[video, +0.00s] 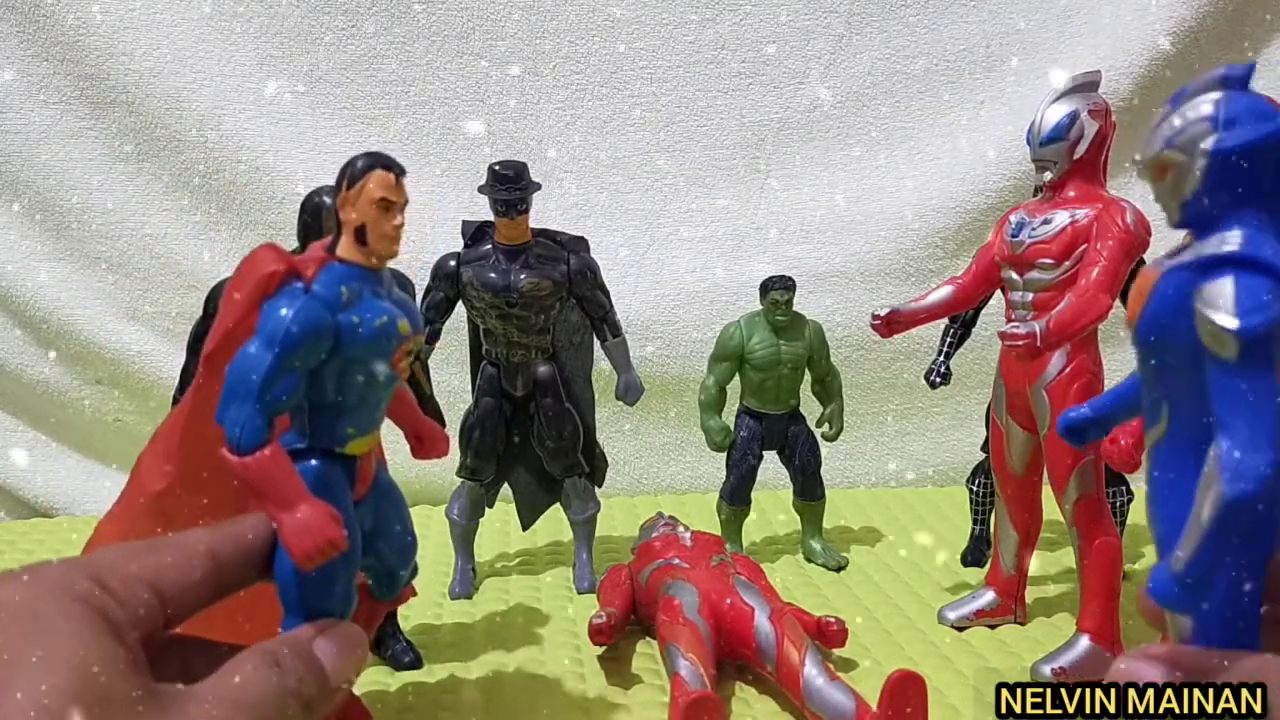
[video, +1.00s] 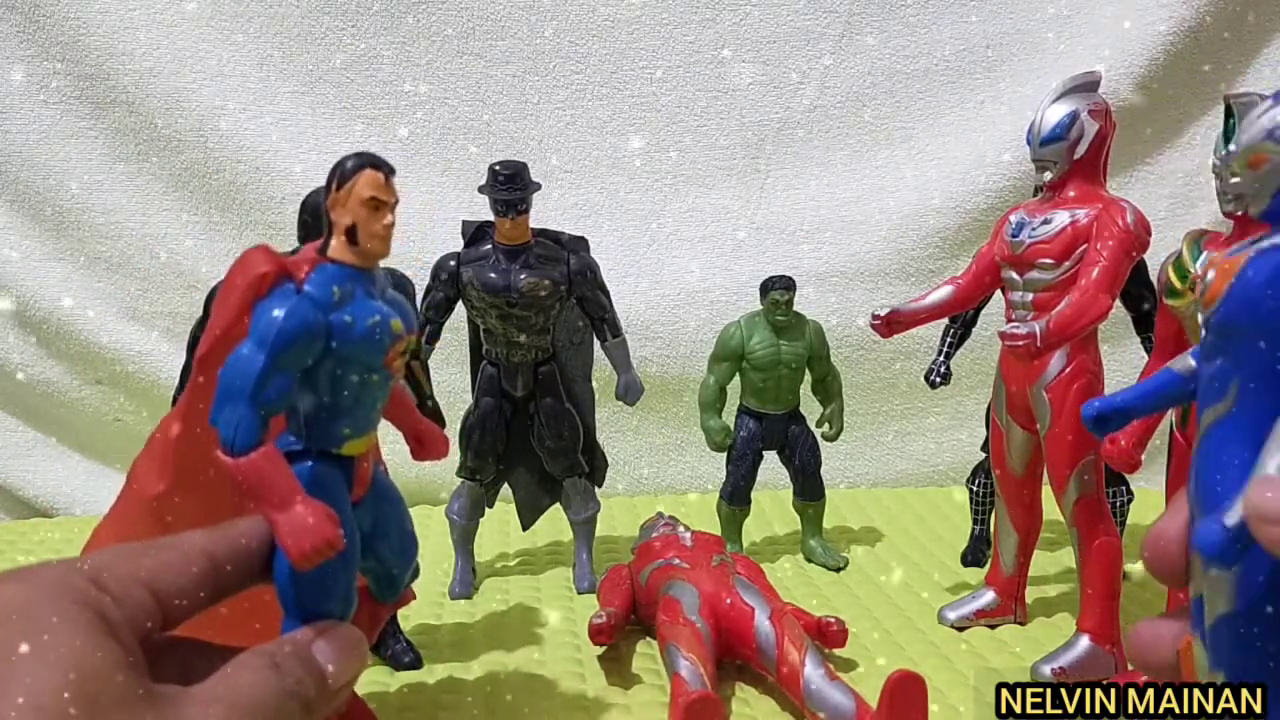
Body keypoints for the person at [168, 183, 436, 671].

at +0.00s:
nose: (400, 221)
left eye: (403, 209)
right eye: (387, 206)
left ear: (404, 212)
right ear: (348, 209)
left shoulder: (397, 290)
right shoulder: (307, 308)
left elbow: (376, 371)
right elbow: (240, 416)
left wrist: (416, 424)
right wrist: (293, 507)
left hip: (367, 462)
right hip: (315, 470)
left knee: (395, 562)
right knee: (320, 624)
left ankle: (373, 628)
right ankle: (309, 701)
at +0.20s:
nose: (394, 220)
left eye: (397, 208)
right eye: (381, 205)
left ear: (401, 212)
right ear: (340, 207)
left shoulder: (391, 291)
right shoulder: (304, 308)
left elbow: (375, 373)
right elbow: (239, 419)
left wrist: (416, 425)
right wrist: (292, 508)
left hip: (366, 461)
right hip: (313, 468)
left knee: (395, 562)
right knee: (322, 620)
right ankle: (309, 701)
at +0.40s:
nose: (396, 221)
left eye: (399, 209)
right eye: (383, 206)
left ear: (403, 214)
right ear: (343, 210)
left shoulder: (397, 291)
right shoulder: (306, 310)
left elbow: (377, 372)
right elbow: (241, 422)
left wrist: (419, 424)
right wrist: (293, 509)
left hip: (368, 462)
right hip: (315, 469)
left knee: (397, 561)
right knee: (324, 616)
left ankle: (375, 626)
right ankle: (310, 700)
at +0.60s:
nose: (394, 220)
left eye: (397, 208)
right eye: (381, 205)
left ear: (401, 215)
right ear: (341, 210)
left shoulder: (395, 290)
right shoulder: (305, 309)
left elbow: (376, 372)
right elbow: (238, 417)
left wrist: (419, 425)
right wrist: (292, 508)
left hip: (367, 464)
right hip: (314, 471)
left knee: (397, 562)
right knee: (322, 624)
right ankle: (306, 704)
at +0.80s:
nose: (394, 220)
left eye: (398, 208)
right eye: (381, 205)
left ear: (402, 216)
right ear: (340, 210)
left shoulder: (395, 291)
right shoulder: (304, 309)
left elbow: (378, 372)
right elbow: (239, 419)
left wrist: (418, 425)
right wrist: (291, 508)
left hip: (367, 465)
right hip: (315, 472)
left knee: (398, 562)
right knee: (323, 618)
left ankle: (374, 626)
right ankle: (312, 701)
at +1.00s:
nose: (390, 219)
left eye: (392, 207)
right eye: (376, 206)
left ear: (397, 213)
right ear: (336, 210)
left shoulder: (390, 291)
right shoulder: (301, 308)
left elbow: (375, 373)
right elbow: (235, 416)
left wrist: (415, 425)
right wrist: (288, 507)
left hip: (365, 465)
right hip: (312, 472)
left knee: (396, 566)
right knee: (321, 622)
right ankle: (314, 704)